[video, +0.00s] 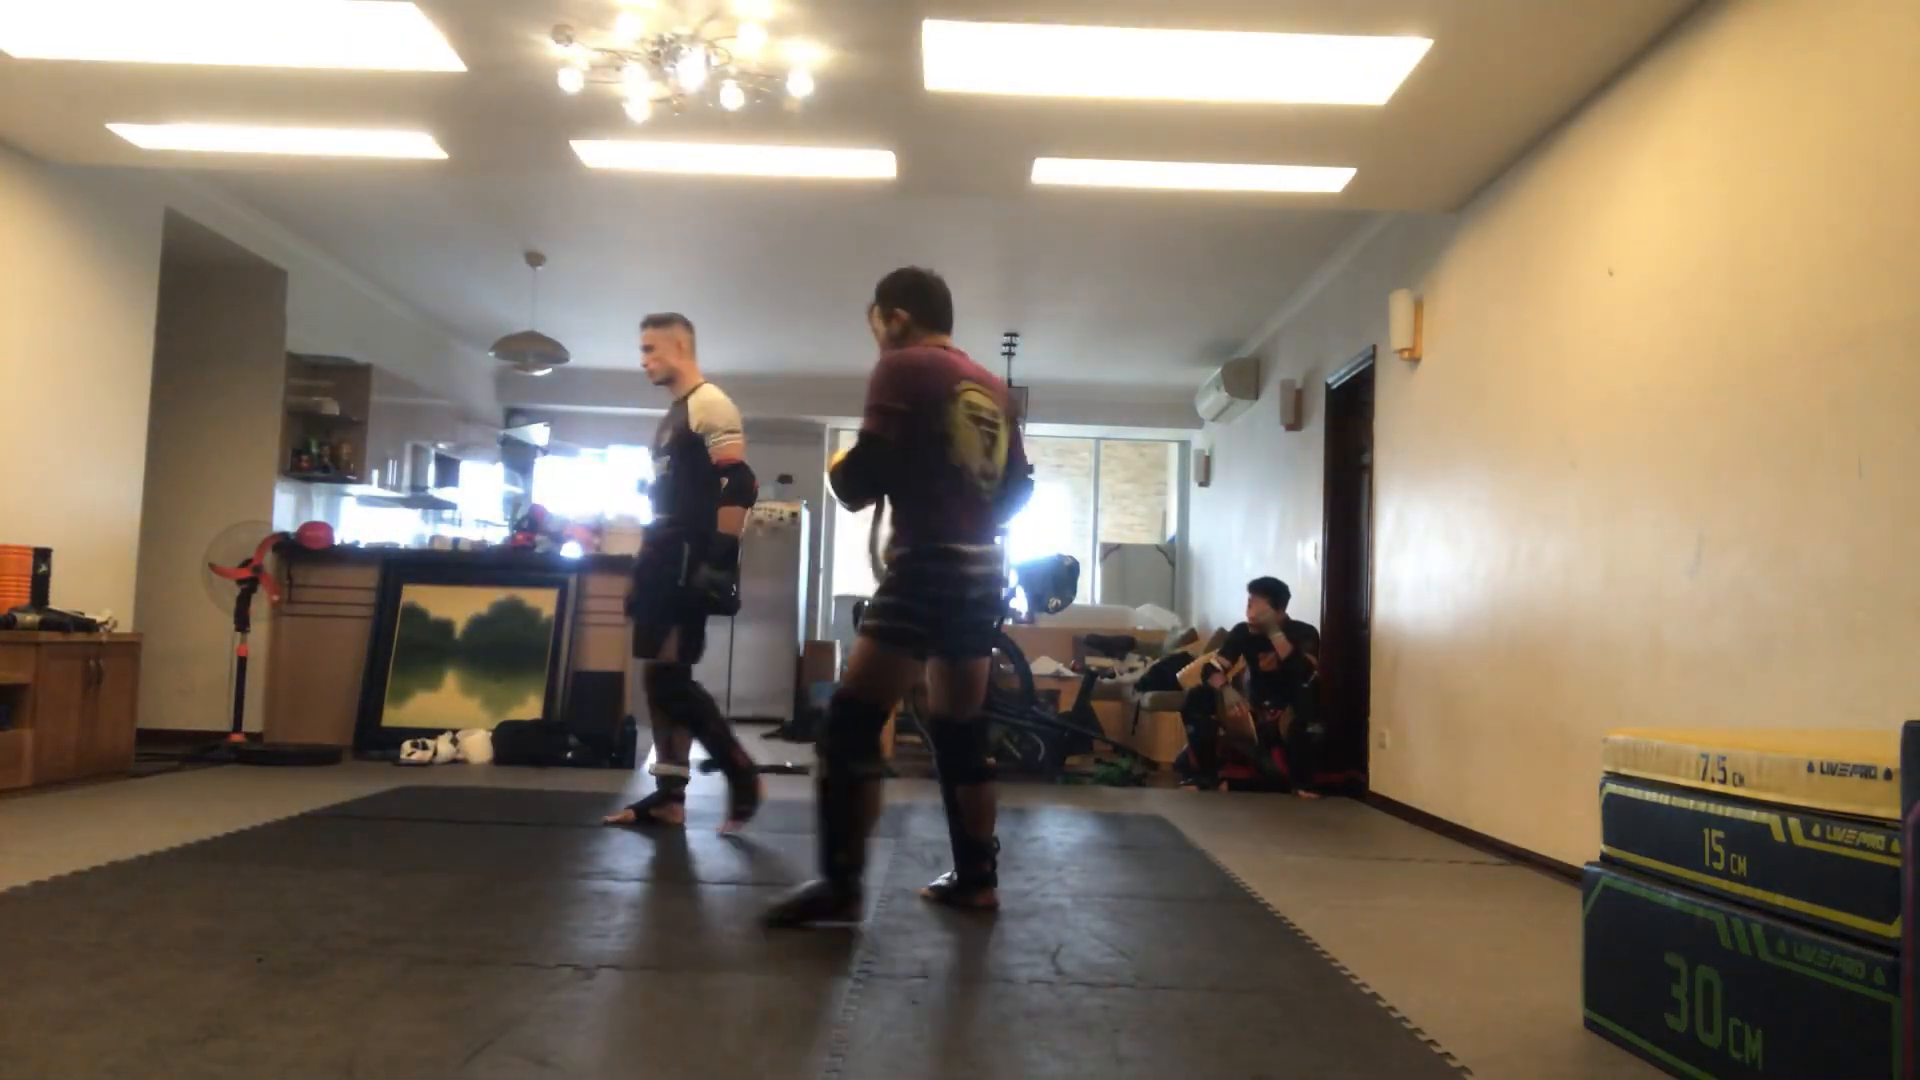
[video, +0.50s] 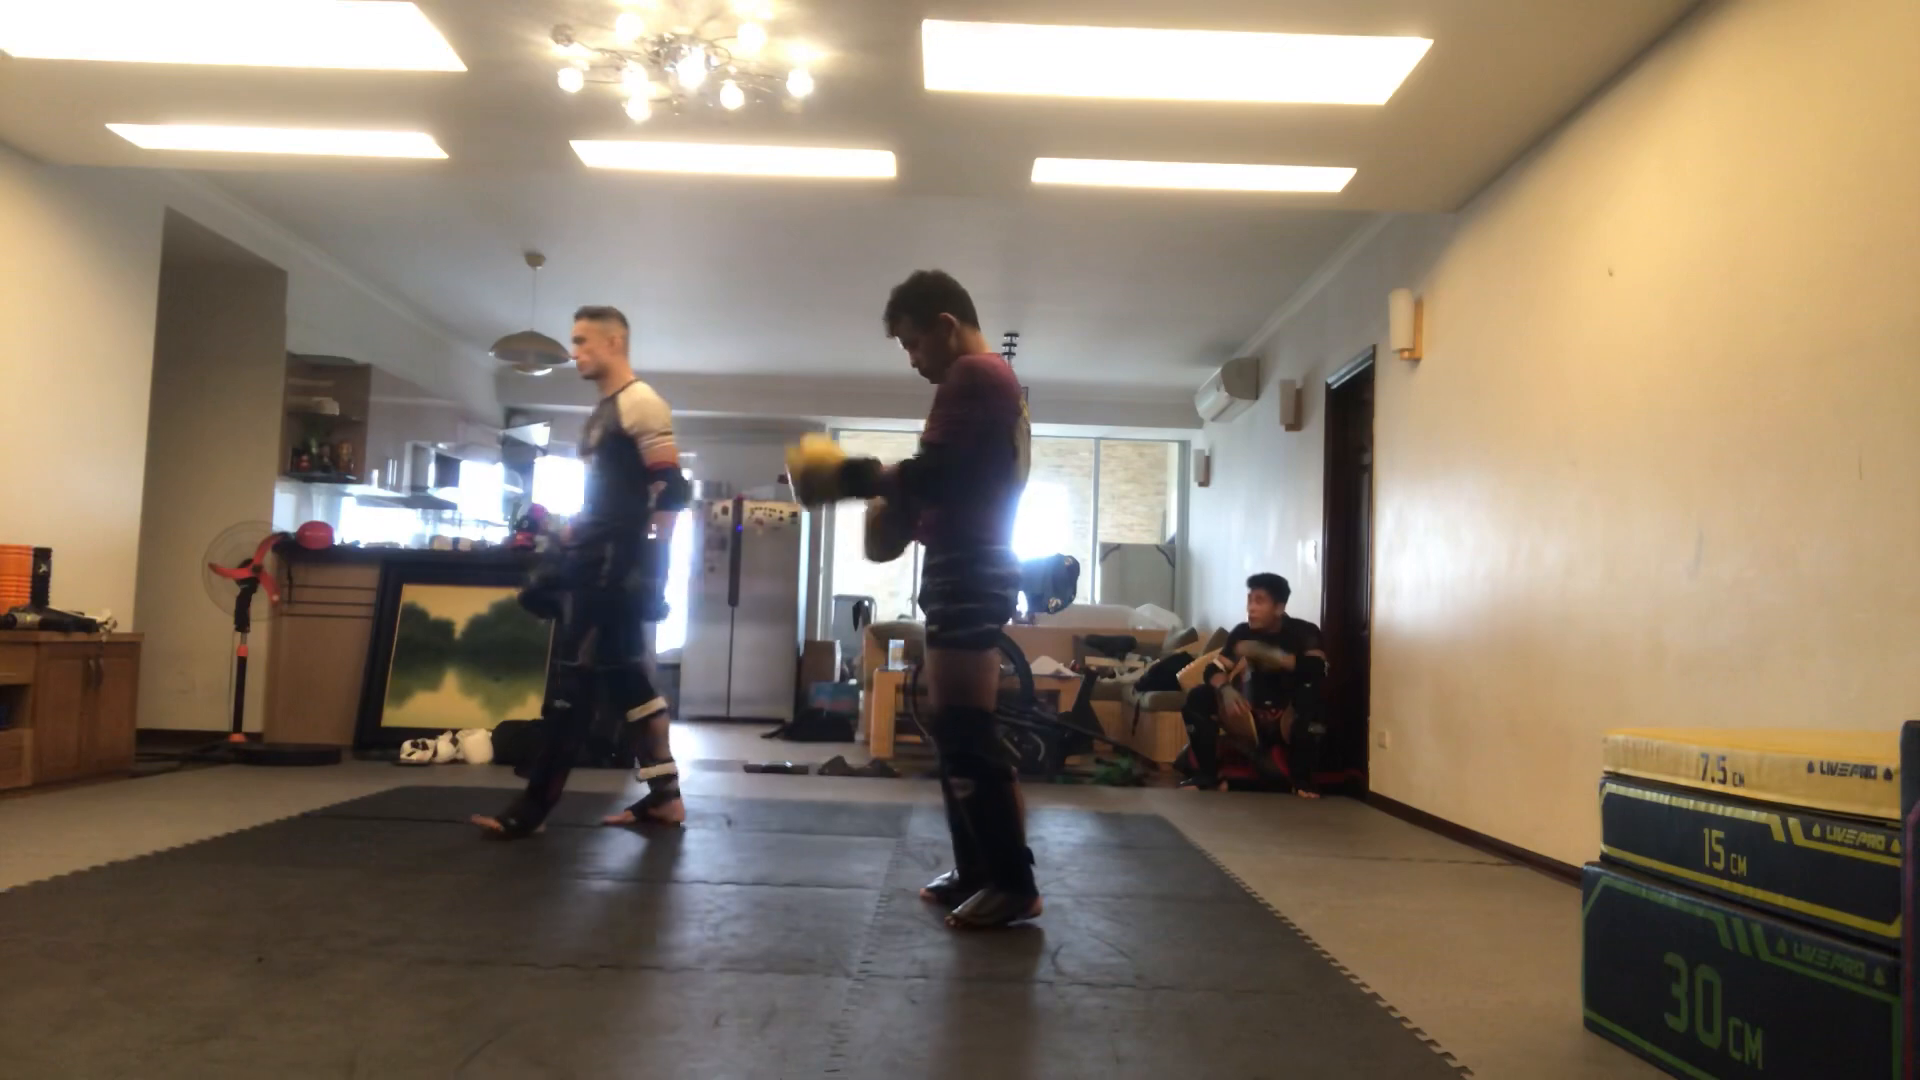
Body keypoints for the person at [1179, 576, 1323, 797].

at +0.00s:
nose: (1248, 611)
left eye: (1255, 604)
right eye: (1249, 604)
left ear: (1278, 610)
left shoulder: (1304, 632)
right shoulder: (1243, 632)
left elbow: (1304, 675)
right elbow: (1215, 667)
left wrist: (1273, 632)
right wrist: (1222, 686)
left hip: (1290, 712)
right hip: (1251, 712)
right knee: (1198, 698)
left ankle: (1302, 782)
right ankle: (1207, 776)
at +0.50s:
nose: (1250, 608)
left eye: (1259, 601)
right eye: (1250, 601)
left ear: (1279, 607)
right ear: (1247, 602)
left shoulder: (1304, 632)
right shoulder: (1241, 634)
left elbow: (1317, 668)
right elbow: (1215, 671)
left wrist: (1276, 658)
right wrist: (1226, 690)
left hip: (1287, 720)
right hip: (1245, 720)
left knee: (1311, 697)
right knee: (1198, 698)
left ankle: (1303, 781)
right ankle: (1207, 776)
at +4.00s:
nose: (1250, 613)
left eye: (1257, 607)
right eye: (1248, 606)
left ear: (1278, 611)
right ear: (1245, 604)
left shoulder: (1302, 631)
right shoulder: (1242, 632)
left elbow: (1324, 668)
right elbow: (1212, 668)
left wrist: (1277, 691)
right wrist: (1223, 690)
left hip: (1293, 713)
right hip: (1254, 712)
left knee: (1316, 701)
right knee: (1198, 698)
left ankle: (1306, 781)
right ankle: (1208, 776)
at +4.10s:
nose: (1250, 613)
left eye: (1257, 608)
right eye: (1248, 606)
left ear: (1278, 611)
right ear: (1245, 604)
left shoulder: (1302, 630)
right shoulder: (1242, 632)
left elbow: (1324, 668)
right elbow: (1212, 668)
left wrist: (1277, 691)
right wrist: (1223, 689)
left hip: (1292, 715)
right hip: (1253, 714)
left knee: (1316, 701)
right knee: (1198, 698)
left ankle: (1306, 782)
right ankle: (1208, 776)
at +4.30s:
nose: (1250, 614)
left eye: (1258, 608)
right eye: (1248, 606)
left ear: (1279, 611)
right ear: (1246, 604)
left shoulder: (1302, 631)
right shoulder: (1242, 632)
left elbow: (1325, 668)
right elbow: (1212, 668)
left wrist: (1278, 691)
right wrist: (1223, 689)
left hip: (1292, 715)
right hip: (1252, 714)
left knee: (1315, 703)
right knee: (1198, 698)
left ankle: (1306, 782)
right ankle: (1208, 776)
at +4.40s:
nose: (1250, 614)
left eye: (1258, 608)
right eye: (1249, 606)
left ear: (1279, 611)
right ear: (1246, 604)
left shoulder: (1302, 631)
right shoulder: (1242, 632)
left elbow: (1325, 668)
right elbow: (1212, 668)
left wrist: (1278, 690)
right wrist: (1223, 689)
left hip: (1292, 712)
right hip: (1252, 712)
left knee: (1316, 703)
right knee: (1198, 698)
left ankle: (1306, 782)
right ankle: (1208, 776)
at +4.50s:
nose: (1250, 614)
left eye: (1258, 608)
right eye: (1249, 606)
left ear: (1279, 611)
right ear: (1246, 604)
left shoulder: (1303, 631)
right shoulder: (1242, 631)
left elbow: (1325, 668)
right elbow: (1212, 669)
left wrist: (1278, 691)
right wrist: (1224, 691)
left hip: (1294, 711)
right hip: (1253, 711)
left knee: (1318, 702)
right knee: (1198, 698)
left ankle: (1306, 782)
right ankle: (1208, 776)